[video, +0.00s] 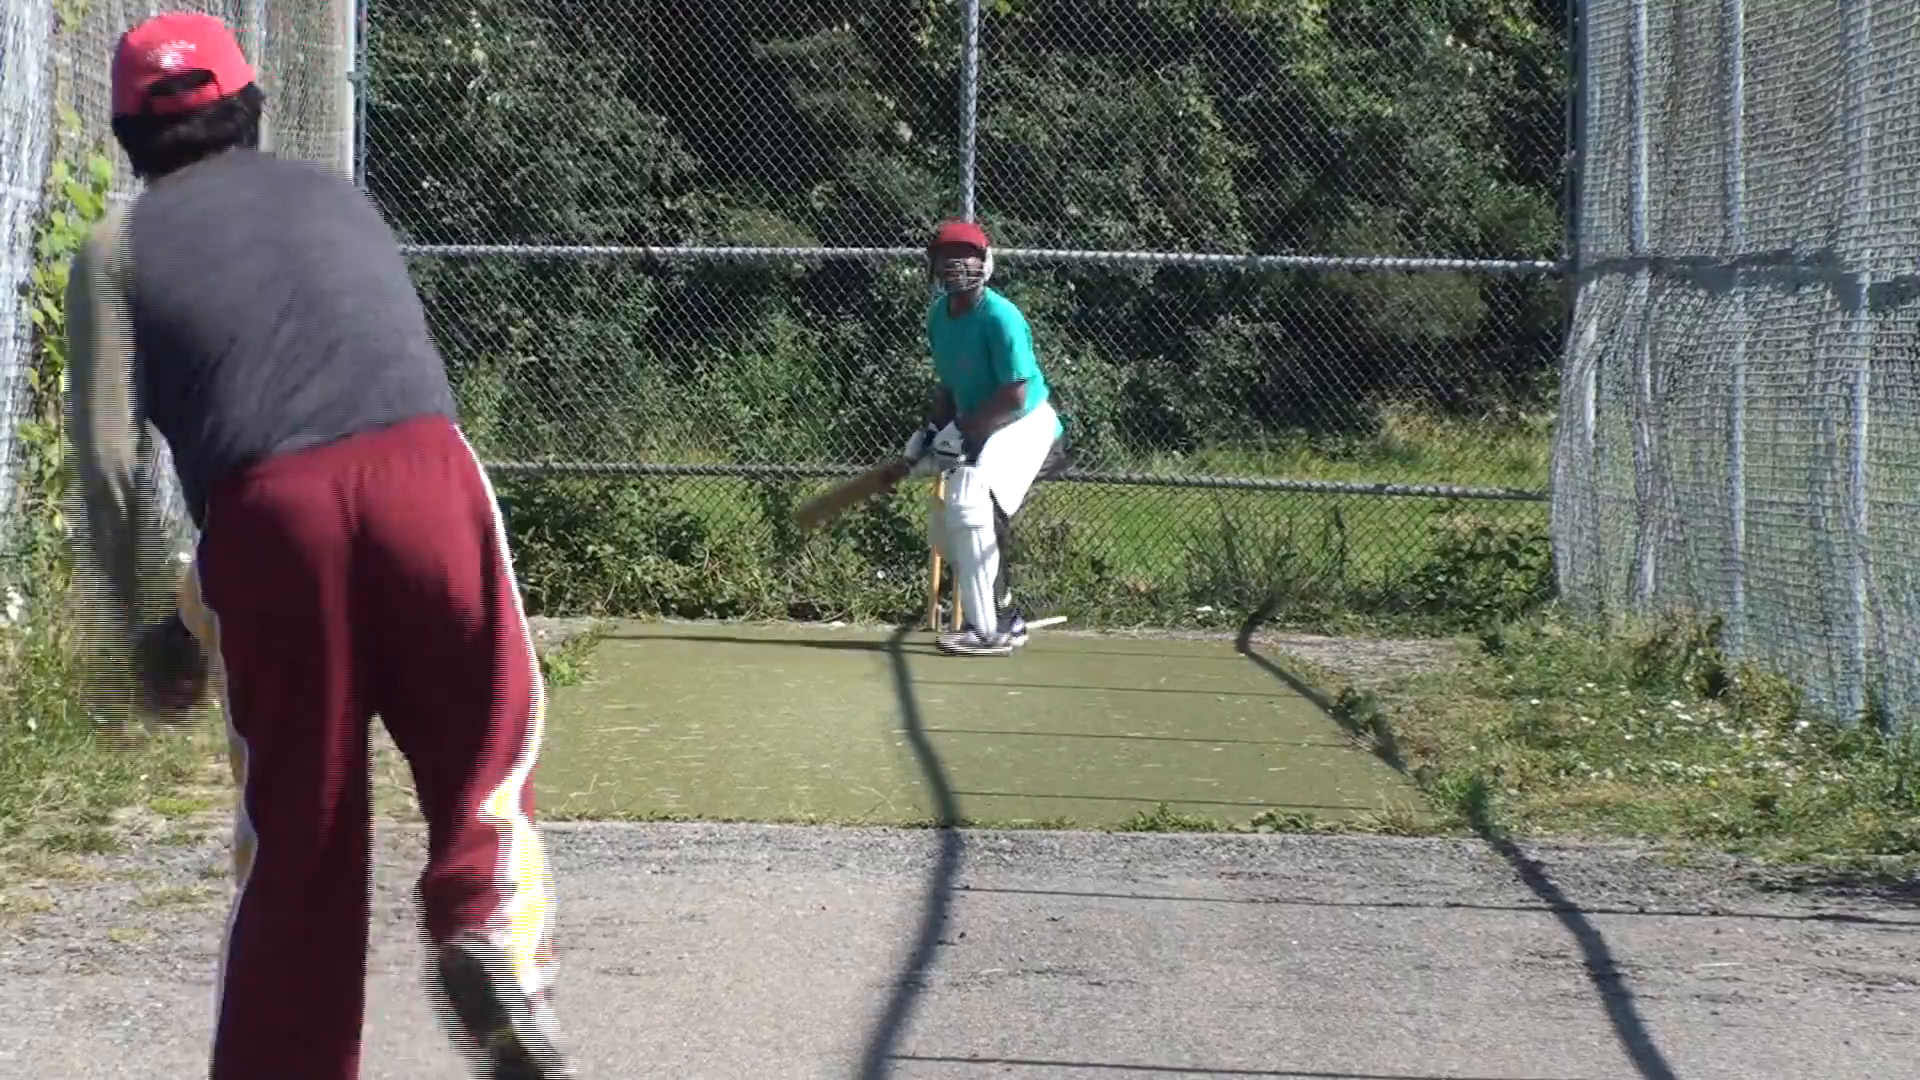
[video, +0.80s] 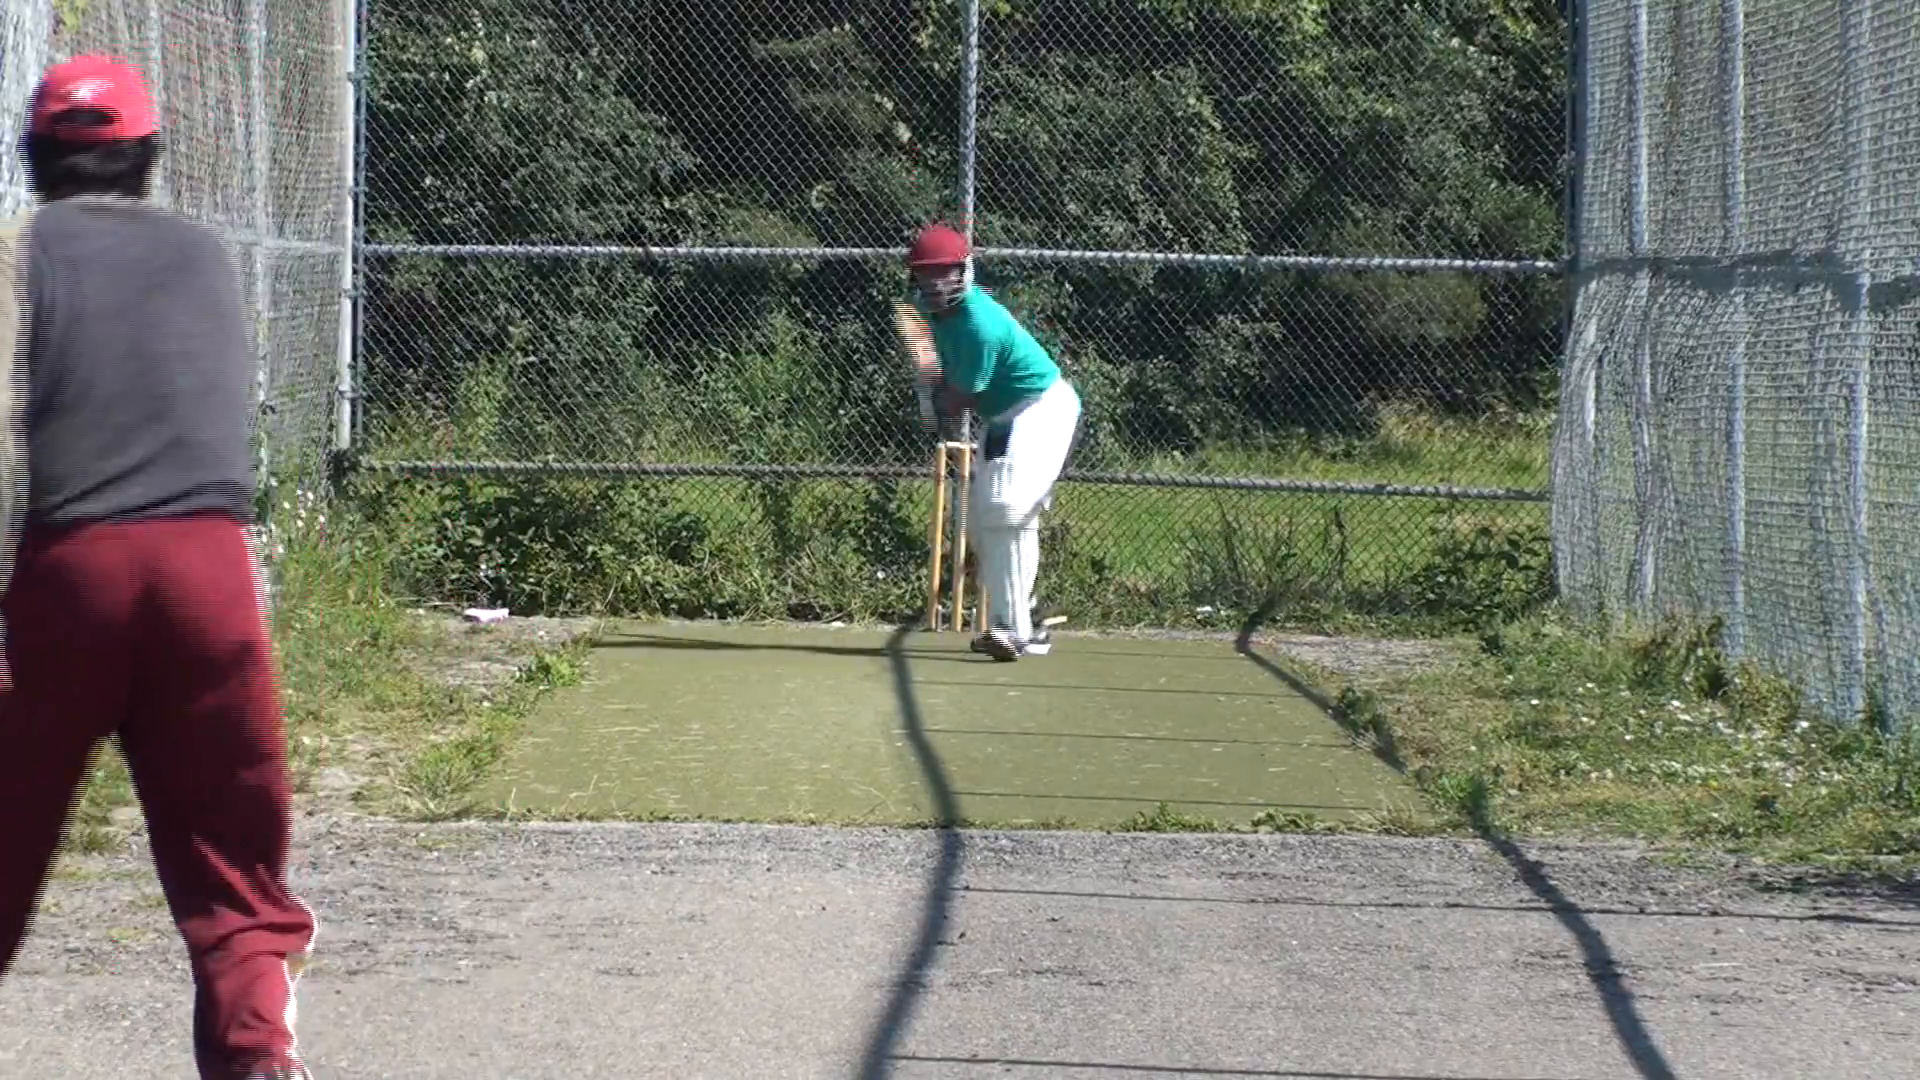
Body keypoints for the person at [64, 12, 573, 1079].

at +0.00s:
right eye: (231, 105)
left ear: (129, 136)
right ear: (252, 111)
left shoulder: (116, 243)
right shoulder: (336, 192)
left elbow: (112, 461)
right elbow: (378, 359)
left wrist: (149, 622)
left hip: (272, 506)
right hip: (426, 468)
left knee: (301, 817)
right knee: (484, 736)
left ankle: (280, 1061)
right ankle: (486, 936)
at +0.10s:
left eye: (152, 122)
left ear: (139, 133)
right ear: (257, 118)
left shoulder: (139, 218)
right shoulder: (322, 200)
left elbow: (58, 357)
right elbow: (328, 382)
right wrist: (197, 504)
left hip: (285, 497)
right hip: (428, 475)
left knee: (305, 812)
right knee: (479, 766)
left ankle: (280, 1060)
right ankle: (556, 961)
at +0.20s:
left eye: (152, 114)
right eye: (221, 103)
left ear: (137, 123)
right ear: (255, 114)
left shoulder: (138, 208)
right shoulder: (319, 202)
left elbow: (17, 279)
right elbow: (314, 396)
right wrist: (177, 506)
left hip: (273, 496)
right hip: (413, 482)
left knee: (283, 809)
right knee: (445, 794)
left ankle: (281, 1060)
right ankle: (507, 1058)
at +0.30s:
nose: (167, 122)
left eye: (160, 109)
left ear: (154, 114)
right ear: (267, 108)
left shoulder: (151, 196)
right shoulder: (327, 203)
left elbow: (33, 261)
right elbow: (271, 384)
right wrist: (133, 496)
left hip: (254, 520)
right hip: (382, 509)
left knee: (262, 809)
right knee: (380, 794)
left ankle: (278, 1060)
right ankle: (369, 1052)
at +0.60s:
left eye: (138, 126)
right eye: (215, 126)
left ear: (129, 135)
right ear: (239, 140)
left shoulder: (107, 229)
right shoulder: (294, 246)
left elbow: (92, 413)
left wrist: (53, 606)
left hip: (162, 555)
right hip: (294, 552)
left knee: (95, 819)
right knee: (260, 837)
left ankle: (111, 1035)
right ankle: (272, 1060)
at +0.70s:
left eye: (93, 126)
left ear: (83, 135)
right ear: (193, 136)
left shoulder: (65, 228)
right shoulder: (249, 231)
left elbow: (65, 423)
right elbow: (266, 398)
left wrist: (37, 605)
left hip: (127, 546)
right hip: (260, 544)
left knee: (47, 827)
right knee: (240, 819)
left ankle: (7, 1043)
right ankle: (265, 1057)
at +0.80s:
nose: (104, 158)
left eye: (57, 145)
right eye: (122, 141)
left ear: (38, 155)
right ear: (148, 153)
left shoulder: (23, 248)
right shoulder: (209, 253)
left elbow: (10, 419)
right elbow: (230, 407)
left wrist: (6, 570)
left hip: (69, 570)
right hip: (208, 564)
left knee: (9, 845)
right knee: (232, 852)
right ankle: (256, 1058)